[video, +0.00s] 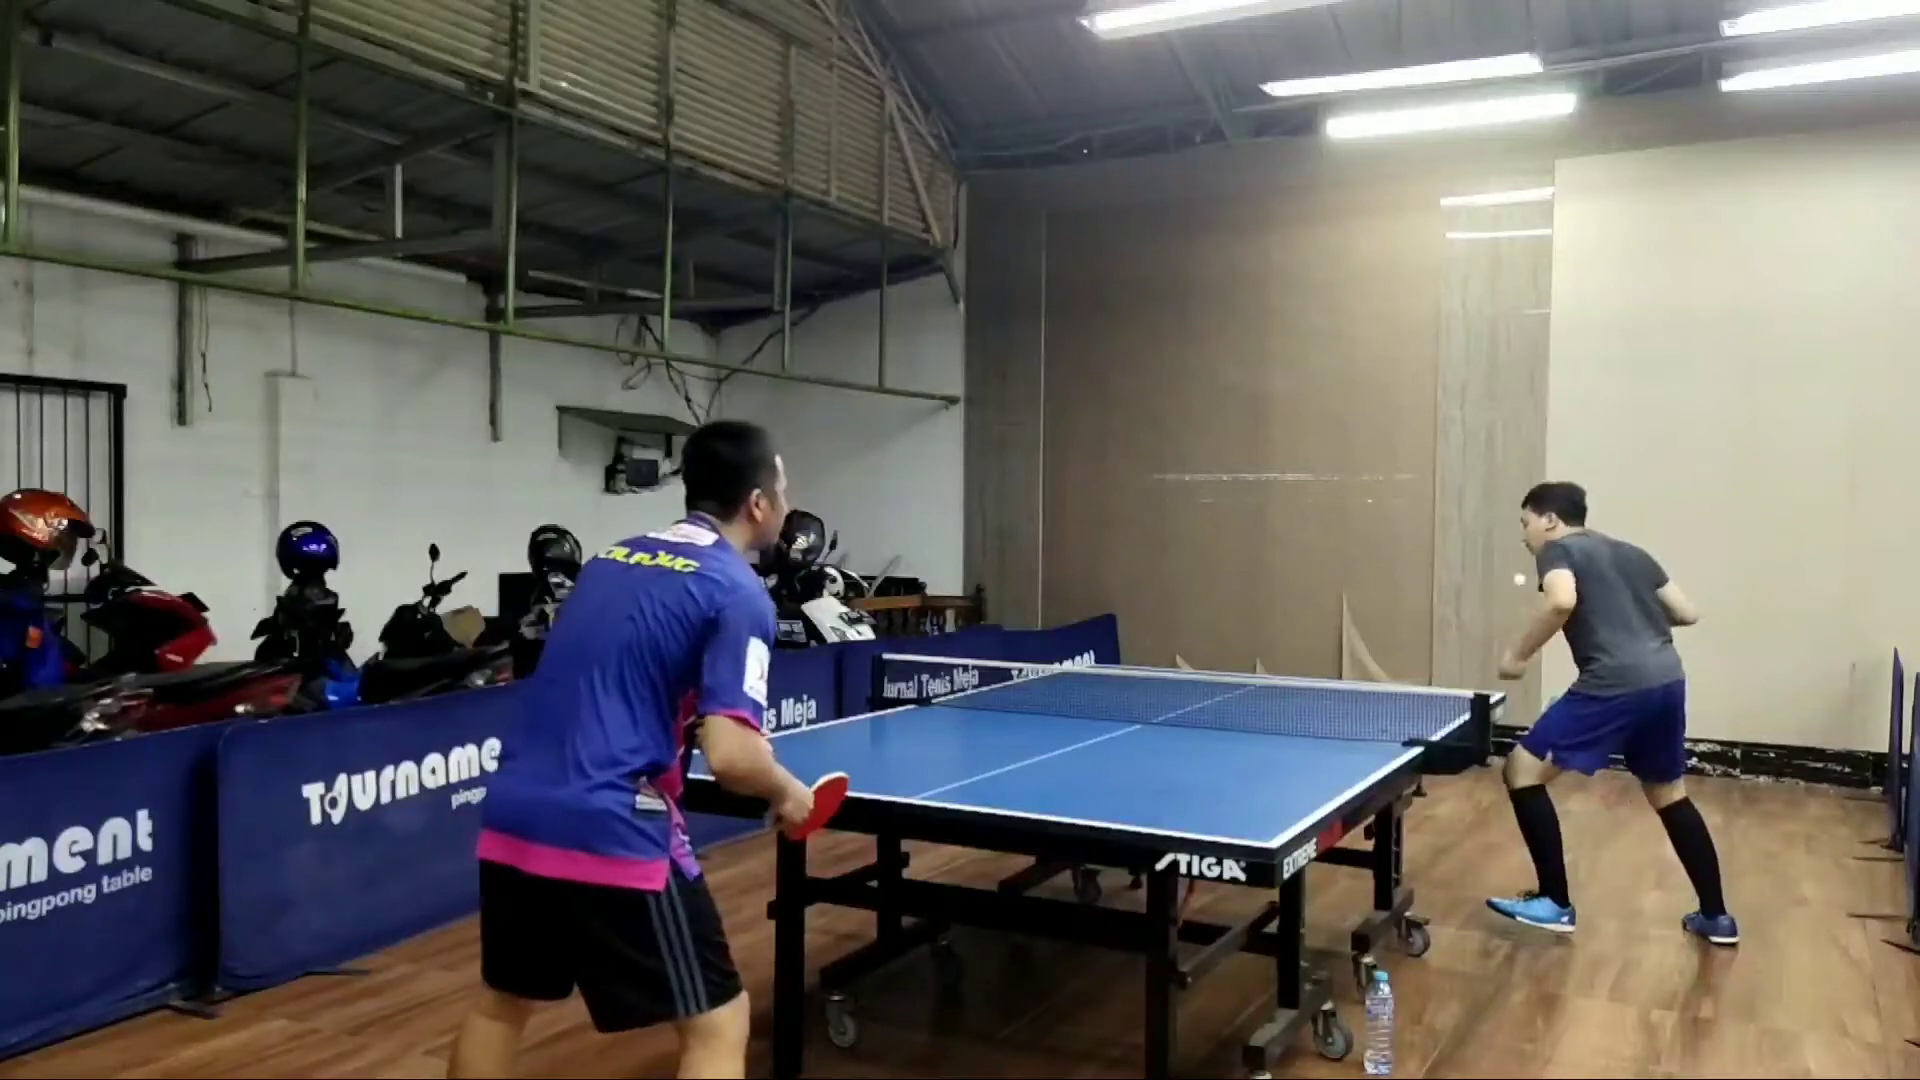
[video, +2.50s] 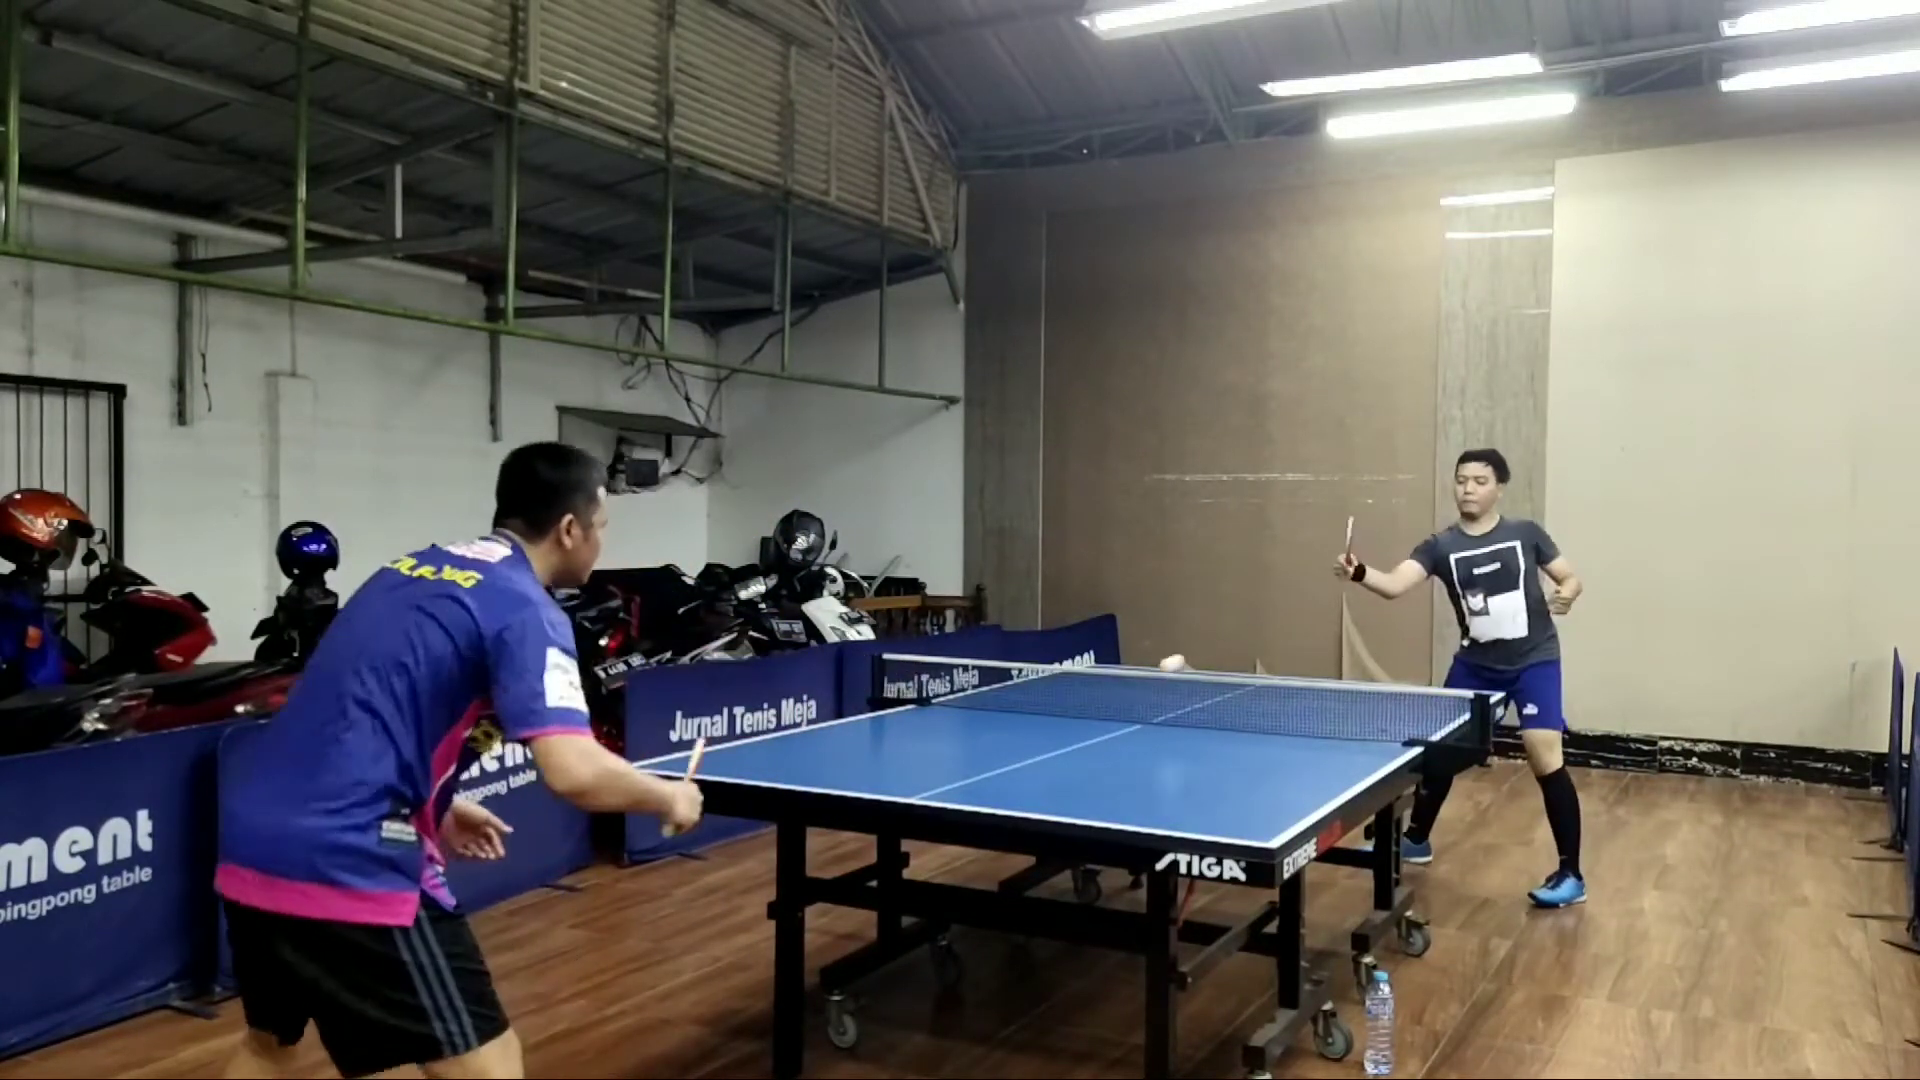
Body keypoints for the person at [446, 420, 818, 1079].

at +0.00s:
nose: (785, 510)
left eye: (785, 495)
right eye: (782, 495)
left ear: (695, 492)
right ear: (758, 503)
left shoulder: (614, 557)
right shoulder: (736, 590)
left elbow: (594, 689)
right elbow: (732, 755)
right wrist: (785, 790)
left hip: (509, 820)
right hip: (614, 831)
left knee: (500, 1004)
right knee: (716, 1017)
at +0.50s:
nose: (758, 535)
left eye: (760, 519)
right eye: (758, 519)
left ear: (671, 508)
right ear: (733, 521)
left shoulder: (582, 562)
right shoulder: (720, 586)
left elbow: (556, 691)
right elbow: (794, 731)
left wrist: (661, 736)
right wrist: (829, 748)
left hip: (495, 823)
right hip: (599, 831)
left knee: (511, 993)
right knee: (706, 1016)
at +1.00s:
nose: (680, 538)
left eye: (681, 521)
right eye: (680, 520)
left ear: (594, 506)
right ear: (656, 518)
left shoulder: (494, 553)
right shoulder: (658, 579)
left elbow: (419, 687)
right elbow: (804, 675)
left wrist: (505, 689)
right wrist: (820, 685)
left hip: (437, 830)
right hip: (545, 835)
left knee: (481, 994)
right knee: (662, 1014)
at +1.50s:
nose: (692, 519)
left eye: (691, 501)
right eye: (690, 502)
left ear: (596, 496)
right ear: (662, 509)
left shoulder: (498, 551)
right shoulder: (645, 592)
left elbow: (442, 681)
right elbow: (716, 757)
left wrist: (539, 760)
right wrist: (778, 790)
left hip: (378, 828)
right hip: (488, 845)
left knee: (382, 1006)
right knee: (592, 1043)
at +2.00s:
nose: (691, 559)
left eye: (692, 544)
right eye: (691, 544)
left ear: (595, 519)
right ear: (662, 537)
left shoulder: (486, 563)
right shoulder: (650, 608)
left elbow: (385, 675)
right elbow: (823, 666)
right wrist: (892, 652)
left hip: (353, 861)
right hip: (478, 883)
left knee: (332, 1038)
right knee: (616, 1054)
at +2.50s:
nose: (602, 544)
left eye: (603, 526)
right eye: (600, 526)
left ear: (507, 514)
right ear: (568, 528)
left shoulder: (416, 566)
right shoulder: (523, 605)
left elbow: (345, 713)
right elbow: (571, 769)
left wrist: (436, 809)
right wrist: (666, 795)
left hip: (249, 846)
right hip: (352, 860)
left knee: (269, 1044)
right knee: (485, 1060)